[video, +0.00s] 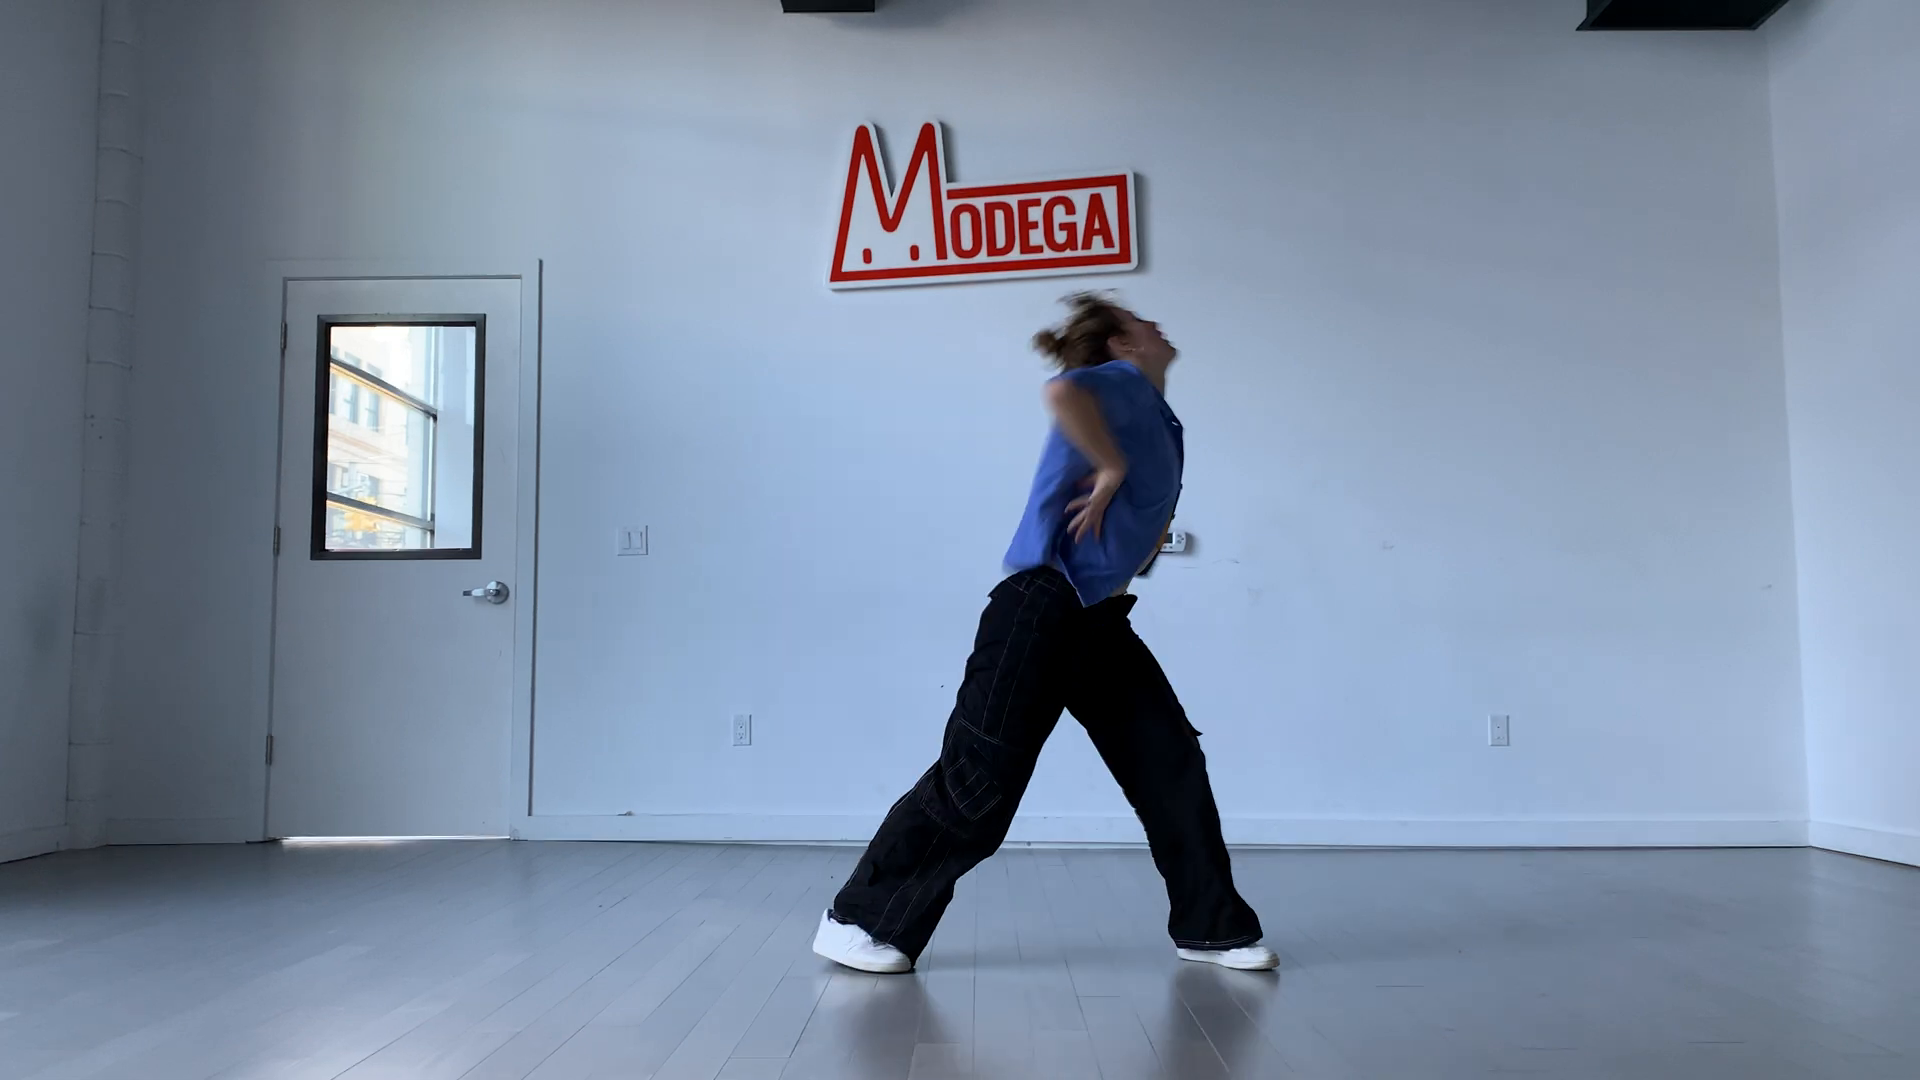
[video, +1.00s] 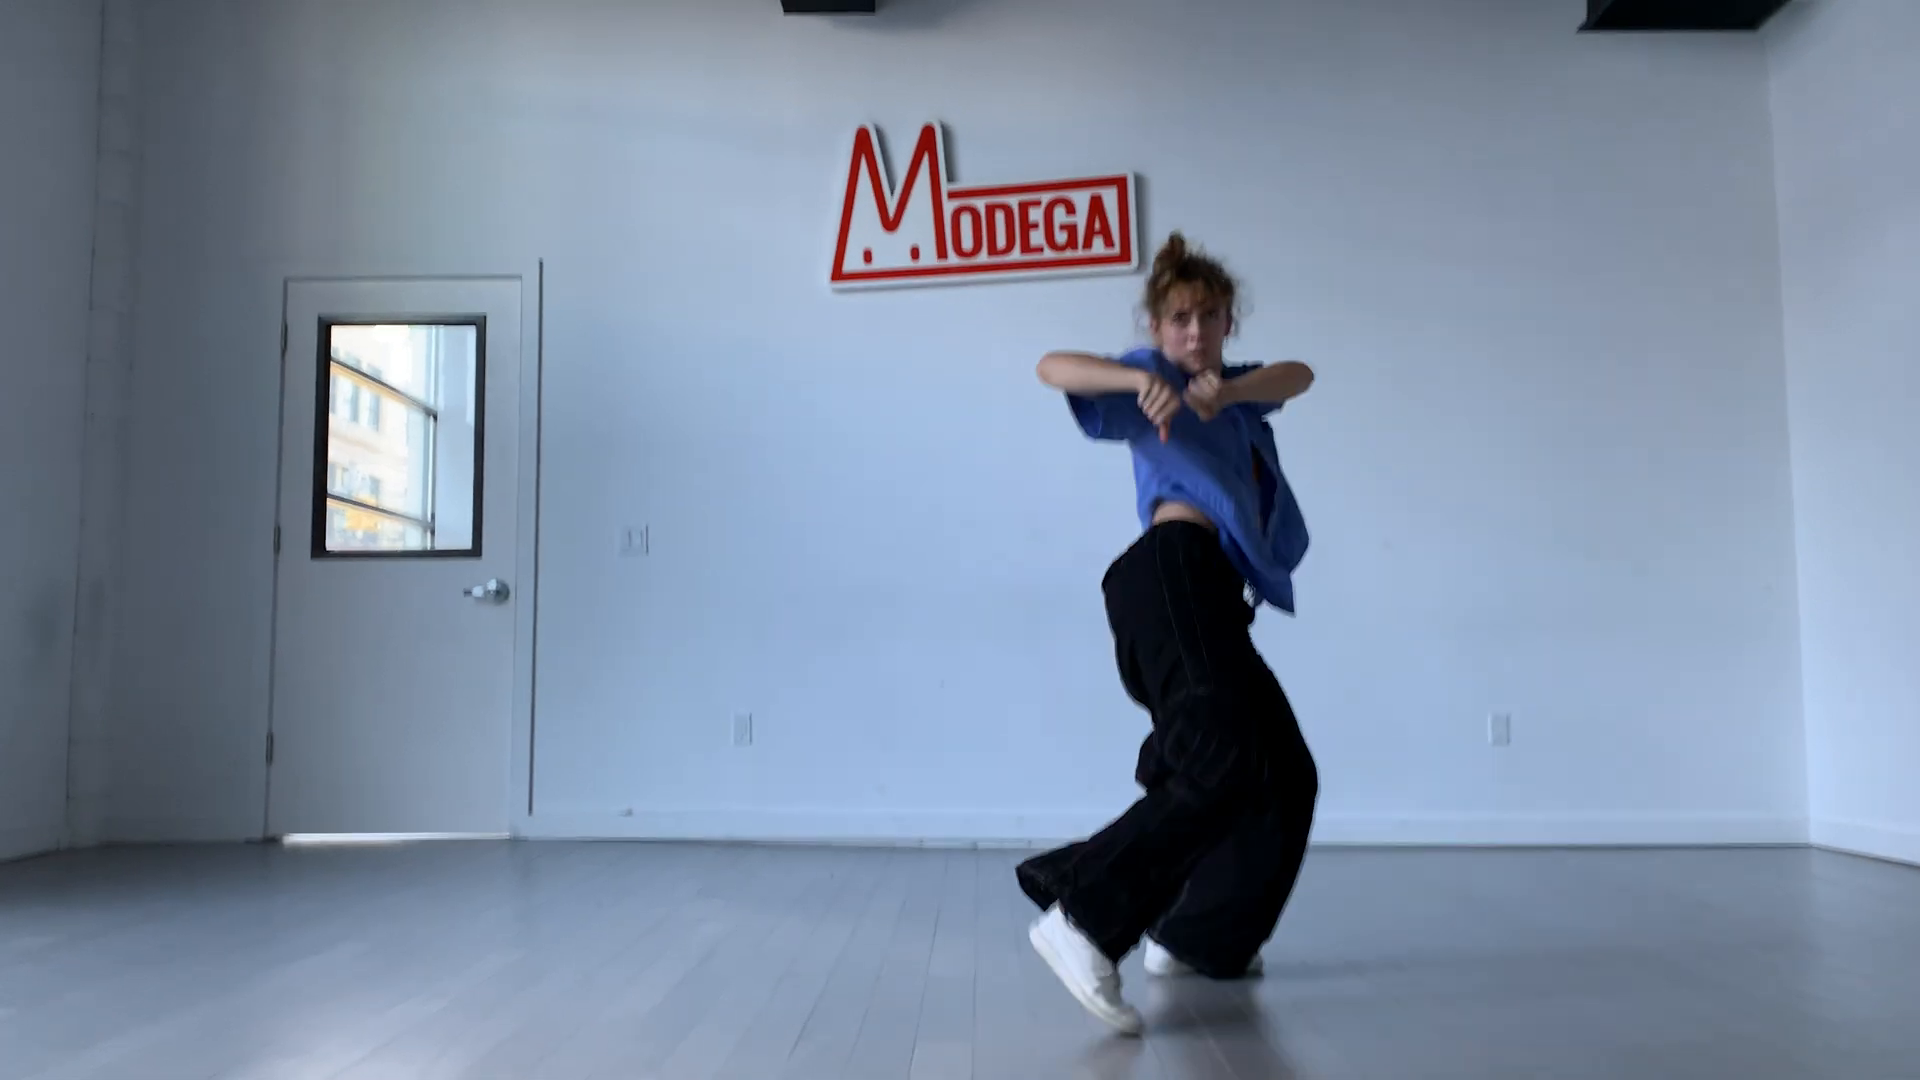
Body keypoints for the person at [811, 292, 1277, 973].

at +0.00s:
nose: (1159, 328)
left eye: (1150, 320)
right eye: (1143, 323)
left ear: (1132, 347)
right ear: (1119, 343)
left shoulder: (1157, 422)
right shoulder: (1118, 382)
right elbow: (1061, 394)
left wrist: (1152, 532)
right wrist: (1113, 466)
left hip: (1101, 622)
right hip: (1039, 611)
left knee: (1172, 765)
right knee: (977, 782)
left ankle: (1210, 927)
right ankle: (859, 921)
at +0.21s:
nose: (1207, 334)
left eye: (1206, 324)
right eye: (1201, 321)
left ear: (1176, 324)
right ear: (1173, 318)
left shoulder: (1206, 402)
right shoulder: (1130, 365)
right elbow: (1232, 381)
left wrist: (1336, 471)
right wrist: (1241, 459)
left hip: (1119, 607)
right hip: (1048, 598)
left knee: (1165, 772)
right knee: (978, 770)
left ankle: (1195, 927)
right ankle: (864, 909)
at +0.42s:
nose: (1210, 298)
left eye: (1216, 288)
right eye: (1194, 286)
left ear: (1220, 305)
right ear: (1152, 299)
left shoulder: (1232, 394)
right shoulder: (1127, 367)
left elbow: (1337, 429)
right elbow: (1198, 416)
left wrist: (1462, 450)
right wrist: (1309, 424)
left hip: (1183, 589)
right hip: (1102, 590)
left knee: (1202, 769)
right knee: (1115, 753)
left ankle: (1203, 927)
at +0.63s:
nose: (1206, 298)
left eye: (1220, 288)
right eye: (1192, 286)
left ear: (1231, 297)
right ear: (1164, 293)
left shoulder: (1233, 373)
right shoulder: (1144, 336)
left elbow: (1297, 392)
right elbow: (1190, 354)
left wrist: (1374, 378)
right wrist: (1240, 355)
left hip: (1228, 589)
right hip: (1145, 586)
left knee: (1256, 754)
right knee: (1213, 753)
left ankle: (1242, 932)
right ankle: (1300, 944)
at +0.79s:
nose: (1208, 303)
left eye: (1221, 291)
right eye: (1194, 290)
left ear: (1236, 300)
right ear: (1167, 296)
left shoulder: (1235, 364)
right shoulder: (1153, 341)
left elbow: (1248, 380)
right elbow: (1156, 355)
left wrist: (1263, 379)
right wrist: (1170, 358)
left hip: (1230, 575)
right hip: (1160, 567)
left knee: (1285, 754)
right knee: (1221, 738)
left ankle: (1216, 933)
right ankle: (1201, 942)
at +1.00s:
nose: (1197, 332)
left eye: (1209, 317)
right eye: (1179, 320)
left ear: (1227, 323)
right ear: (1158, 328)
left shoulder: (1235, 385)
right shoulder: (1154, 375)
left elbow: (1301, 375)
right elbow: (1054, 369)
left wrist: (1228, 390)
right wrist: (1137, 380)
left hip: (1216, 593)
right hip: (1169, 575)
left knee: (1289, 776)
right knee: (1221, 762)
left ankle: (1196, 942)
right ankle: (1082, 923)